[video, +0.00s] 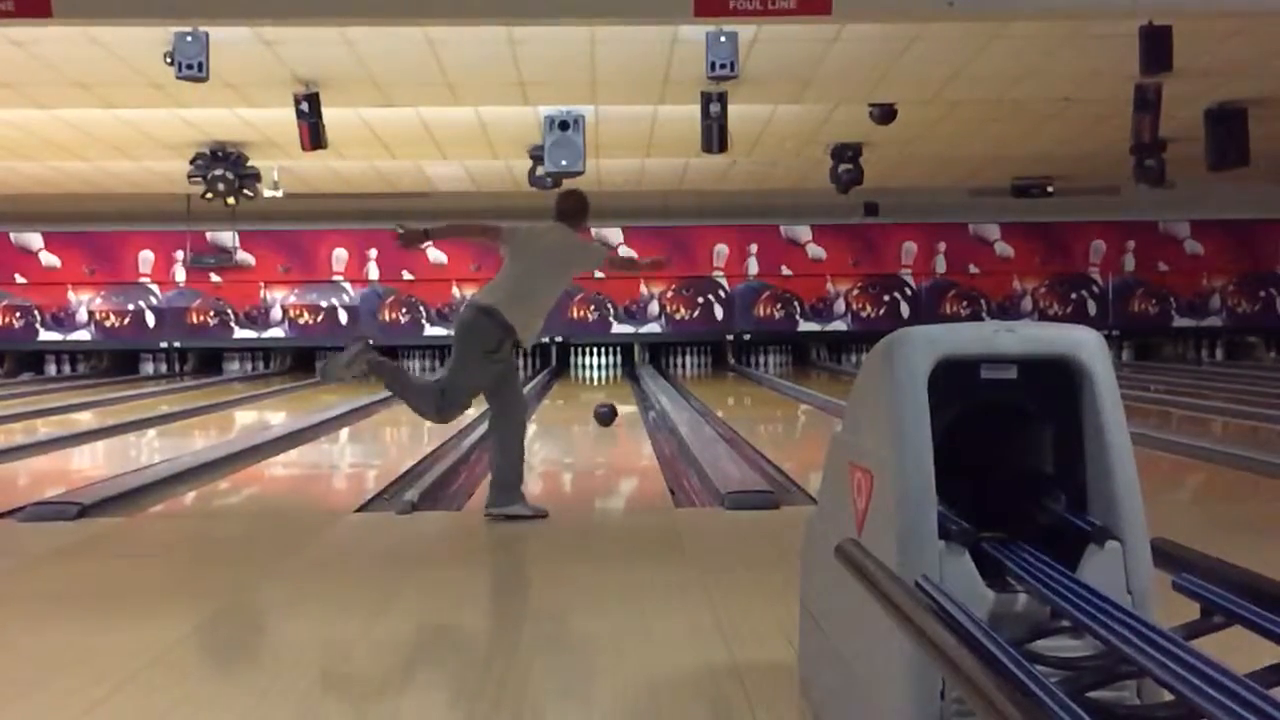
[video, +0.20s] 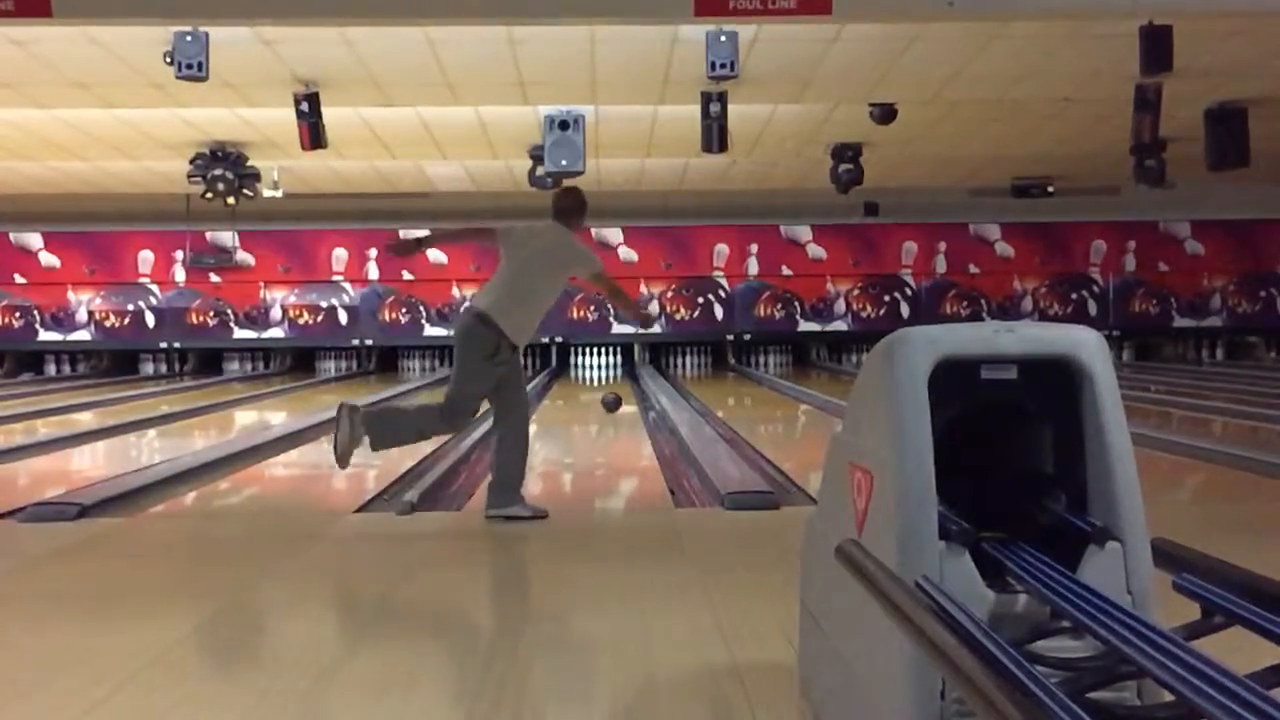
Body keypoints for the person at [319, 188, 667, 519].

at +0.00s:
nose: (587, 229)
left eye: (582, 222)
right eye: (587, 224)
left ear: (555, 214)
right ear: (584, 222)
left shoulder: (526, 232)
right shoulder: (577, 246)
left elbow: (477, 230)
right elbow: (620, 263)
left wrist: (426, 235)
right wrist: (650, 264)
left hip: (486, 330)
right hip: (489, 329)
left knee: (511, 415)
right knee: (442, 405)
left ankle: (505, 500)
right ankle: (374, 364)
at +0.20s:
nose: (584, 224)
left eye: (579, 217)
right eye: (584, 218)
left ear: (553, 211)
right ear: (581, 218)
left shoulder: (522, 230)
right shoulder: (574, 249)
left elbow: (471, 231)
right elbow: (612, 291)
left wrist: (418, 243)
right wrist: (640, 314)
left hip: (495, 340)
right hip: (485, 335)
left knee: (514, 419)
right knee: (454, 415)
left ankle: (505, 502)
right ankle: (361, 423)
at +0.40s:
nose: (583, 221)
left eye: (580, 213)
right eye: (583, 215)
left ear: (552, 207)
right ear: (579, 215)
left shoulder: (523, 227)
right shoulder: (575, 251)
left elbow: (467, 233)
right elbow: (597, 304)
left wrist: (417, 248)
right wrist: (615, 346)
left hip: (497, 340)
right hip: (485, 335)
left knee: (512, 417)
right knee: (457, 416)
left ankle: (504, 501)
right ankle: (373, 452)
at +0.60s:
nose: (577, 215)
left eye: (573, 205)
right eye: (579, 208)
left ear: (550, 201)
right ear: (578, 209)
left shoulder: (525, 222)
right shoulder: (563, 241)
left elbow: (469, 234)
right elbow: (568, 304)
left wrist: (422, 250)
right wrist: (571, 359)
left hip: (498, 336)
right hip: (490, 333)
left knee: (514, 419)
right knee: (459, 417)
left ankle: (505, 501)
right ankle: (390, 481)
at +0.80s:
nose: (574, 210)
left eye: (571, 201)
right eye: (576, 204)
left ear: (547, 196)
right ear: (575, 204)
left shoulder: (521, 219)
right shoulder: (555, 236)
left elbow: (472, 235)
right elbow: (529, 280)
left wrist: (428, 258)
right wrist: (515, 333)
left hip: (487, 327)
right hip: (491, 332)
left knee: (517, 414)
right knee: (461, 414)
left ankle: (506, 501)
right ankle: (393, 483)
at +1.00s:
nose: (574, 204)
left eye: (571, 196)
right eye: (574, 197)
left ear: (545, 193)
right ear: (573, 197)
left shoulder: (525, 216)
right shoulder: (548, 222)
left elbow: (474, 236)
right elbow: (510, 244)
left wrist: (428, 262)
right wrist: (472, 277)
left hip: (500, 329)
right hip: (491, 327)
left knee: (510, 416)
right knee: (469, 412)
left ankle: (505, 500)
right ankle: (398, 480)